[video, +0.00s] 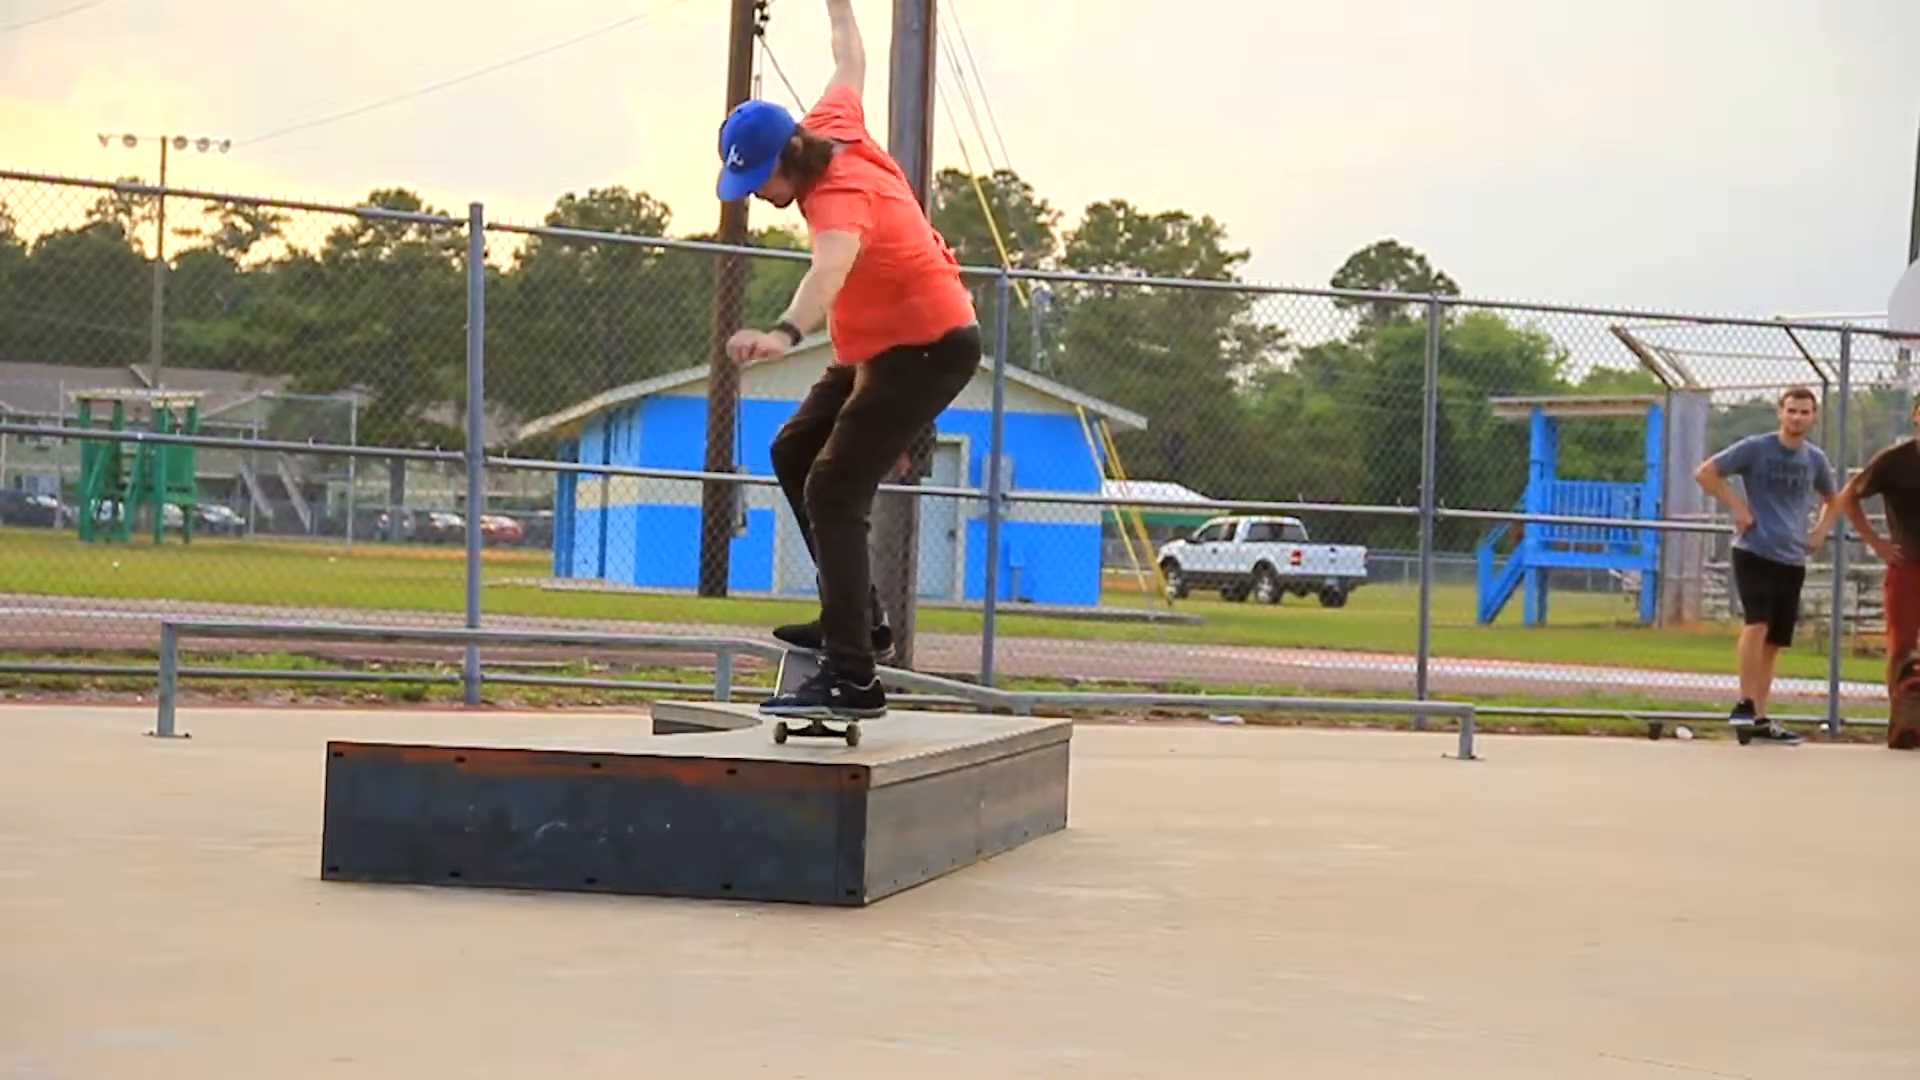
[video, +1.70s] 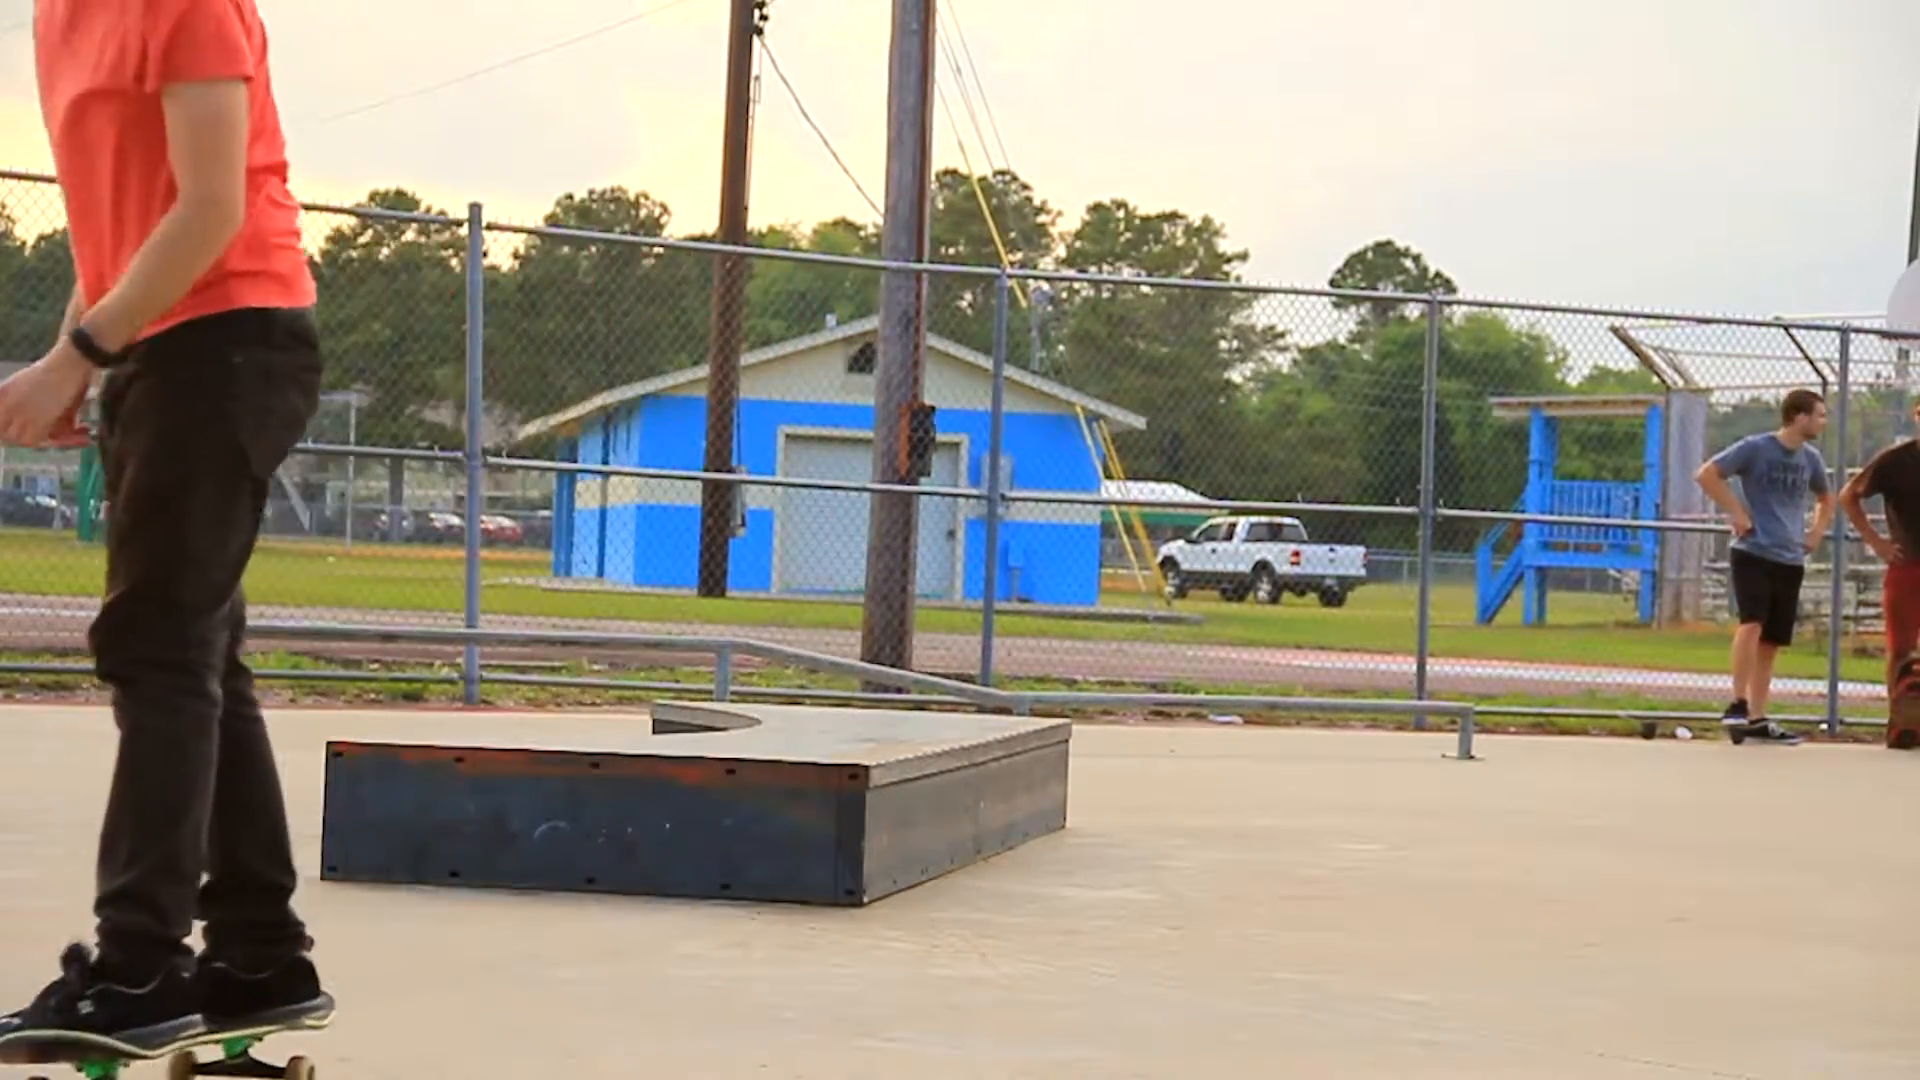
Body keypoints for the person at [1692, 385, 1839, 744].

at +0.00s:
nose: (1798, 417)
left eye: (1805, 412)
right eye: (1793, 411)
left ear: (1813, 417)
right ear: (1780, 413)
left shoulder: (1816, 458)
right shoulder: (1757, 447)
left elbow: (1833, 499)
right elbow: (1706, 473)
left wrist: (1820, 531)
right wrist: (1738, 507)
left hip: (1792, 557)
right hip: (1754, 550)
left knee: (1774, 641)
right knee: (1758, 622)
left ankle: (1759, 715)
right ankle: (1745, 704)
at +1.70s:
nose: (1824, 422)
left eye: (1824, 416)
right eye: (1820, 415)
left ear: (1806, 419)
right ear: (1798, 417)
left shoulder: (1811, 458)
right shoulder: (1756, 447)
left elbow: (1827, 499)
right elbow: (1707, 474)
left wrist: (1817, 532)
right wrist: (1737, 513)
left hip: (1790, 557)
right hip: (1753, 551)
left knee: (1771, 641)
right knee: (1752, 624)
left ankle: (1757, 716)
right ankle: (1739, 704)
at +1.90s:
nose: (1809, 401)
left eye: (1815, 395)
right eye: (1803, 395)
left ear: (1828, 399)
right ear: (1794, 400)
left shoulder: (1848, 444)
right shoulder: (1773, 445)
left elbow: (1888, 483)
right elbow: (1760, 503)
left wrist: (1859, 514)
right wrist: (1754, 554)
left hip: (1825, 554)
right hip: (1781, 552)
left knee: (1817, 639)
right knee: (1775, 635)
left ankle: (1808, 714)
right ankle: (1770, 711)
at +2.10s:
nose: (1806, 401)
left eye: (1813, 395)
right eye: (1800, 395)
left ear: (1826, 400)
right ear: (1792, 401)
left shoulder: (1847, 443)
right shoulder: (1772, 445)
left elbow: (1890, 482)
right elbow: (1755, 502)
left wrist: (1859, 514)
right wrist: (1747, 554)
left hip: (1826, 556)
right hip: (1782, 554)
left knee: (1818, 639)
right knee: (1774, 636)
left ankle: (1808, 714)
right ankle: (1770, 712)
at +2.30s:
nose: (1803, 402)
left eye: (1809, 395)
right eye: (1797, 395)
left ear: (1824, 399)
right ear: (1789, 401)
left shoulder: (1847, 444)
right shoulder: (1771, 446)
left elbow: (1889, 482)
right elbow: (1755, 502)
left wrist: (1860, 514)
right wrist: (1751, 554)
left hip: (1827, 556)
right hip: (1782, 554)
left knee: (1818, 640)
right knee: (1774, 636)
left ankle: (1807, 714)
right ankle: (1770, 712)